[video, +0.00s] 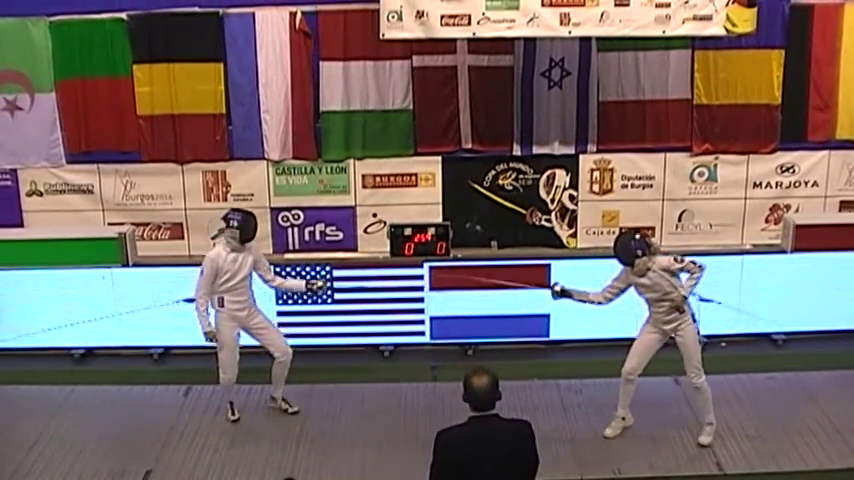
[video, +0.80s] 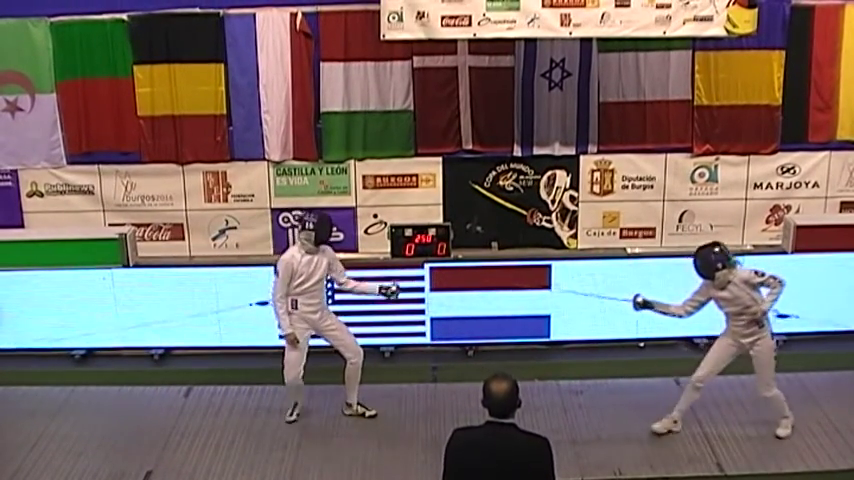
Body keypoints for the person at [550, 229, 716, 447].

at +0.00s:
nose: (634, 269)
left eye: (635, 264)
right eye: (630, 266)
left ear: (642, 255)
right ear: (627, 263)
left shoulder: (663, 262)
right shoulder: (628, 275)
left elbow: (697, 269)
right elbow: (603, 297)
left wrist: (684, 293)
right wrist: (567, 293)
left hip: (683, 322)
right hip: (656, 325)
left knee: (696, 377)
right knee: (629, 372)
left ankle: (709, 424)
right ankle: (622, 416)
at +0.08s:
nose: (643, 272)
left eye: (644, 266)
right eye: (638, 269)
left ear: (650, 258)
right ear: (632, 267)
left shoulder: (668, 268)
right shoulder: (631, 278)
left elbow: (701, 276)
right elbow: (604, 299)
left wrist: (687, 299)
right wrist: (568, 296)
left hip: (684, 327)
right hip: (658, 329)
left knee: (701, 380)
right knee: (633, 377)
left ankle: (724, 423)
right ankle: (627, 421)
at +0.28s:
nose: (662, 283)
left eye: (663, 279)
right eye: (659, 280)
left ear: (670, 272)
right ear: (656, 278)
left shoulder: (689, 282)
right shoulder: (654, 291)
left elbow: (723, 291)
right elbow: (629, 314)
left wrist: (708, 314)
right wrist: (598, 304)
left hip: (705, 342)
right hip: (677, 342)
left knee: (719, 395)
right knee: (642, 382)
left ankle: (743, 420)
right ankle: (629, 422)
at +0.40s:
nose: (674, 276)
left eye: (676, 270)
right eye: (669, 273)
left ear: (683, 262)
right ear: (665, 270)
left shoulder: (701, 271)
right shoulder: (668, 283)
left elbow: (737, 273)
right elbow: (643, 308)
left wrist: (725, 300)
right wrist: (610, 302)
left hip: (722, 330)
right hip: (695, 332)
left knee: (734, 384)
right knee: (664, 376)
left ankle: (745, 421)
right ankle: (641, 420)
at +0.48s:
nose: (677, 273)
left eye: (679, 268)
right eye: (674, 270)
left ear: (688, 259)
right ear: (672, 267)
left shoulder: (707, 266)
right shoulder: (673, 280)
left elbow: (742, 269)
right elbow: (647, 303)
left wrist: (731, 295)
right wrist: (613, 300)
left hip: (728, 325)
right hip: (702, 327)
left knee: (741, 378)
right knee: (673, 372)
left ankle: (752, 420)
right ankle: (667, 420)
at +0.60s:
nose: (690, 275)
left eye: (690, 270)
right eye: (686, 272)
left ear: (698, 263)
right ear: (683, 270)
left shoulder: (718, 273)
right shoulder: (682, 283)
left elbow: (750, 282)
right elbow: (657, 307)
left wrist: (738, 304)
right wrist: (624, 302)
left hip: (735, 331)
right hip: (709, 332)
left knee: (752, 384)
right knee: (679, 375)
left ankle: (776, 416)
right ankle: (671, 420)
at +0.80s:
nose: (714, 280)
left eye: (716, 275)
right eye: (710, 276)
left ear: (726, 268)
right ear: (708, 274)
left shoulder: (743, 277)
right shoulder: (709, 288)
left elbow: (777, 283)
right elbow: (683, 310)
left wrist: (765, 307)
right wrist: (650, 305)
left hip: (760, 337)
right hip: (732, 336)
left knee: (766, 390)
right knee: (698, 379)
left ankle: (786, 419)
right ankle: (674, 420)